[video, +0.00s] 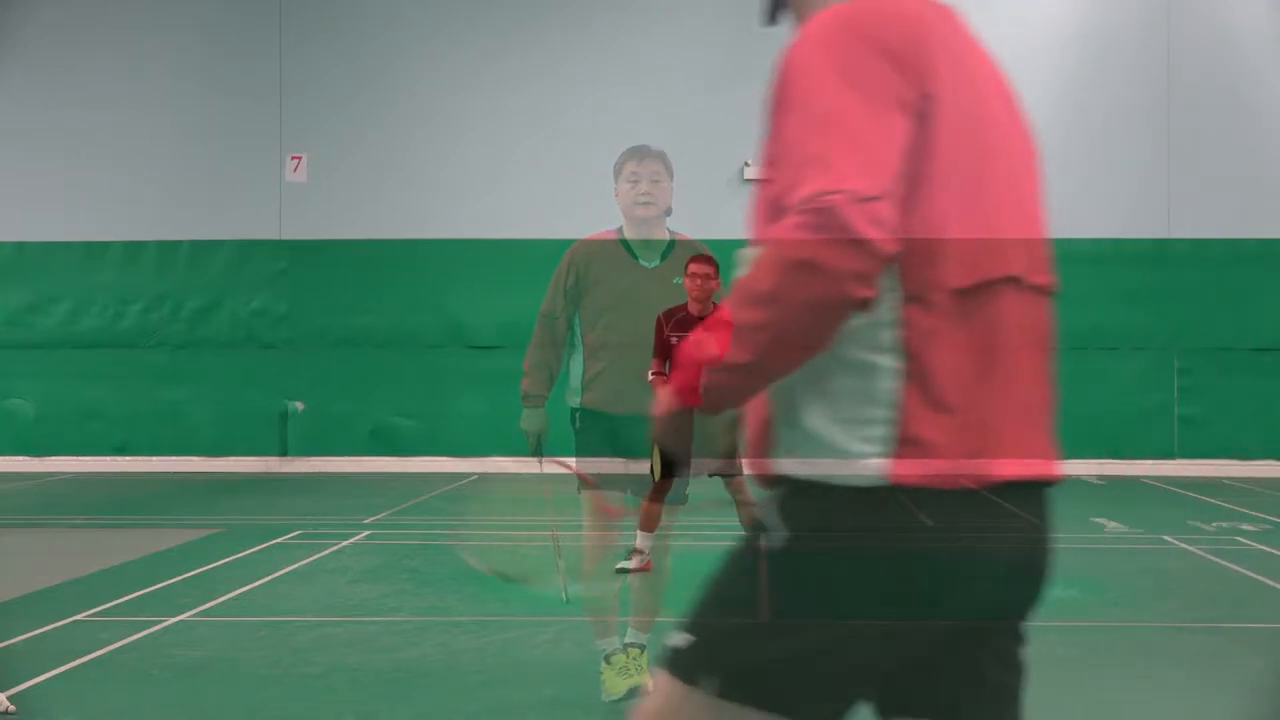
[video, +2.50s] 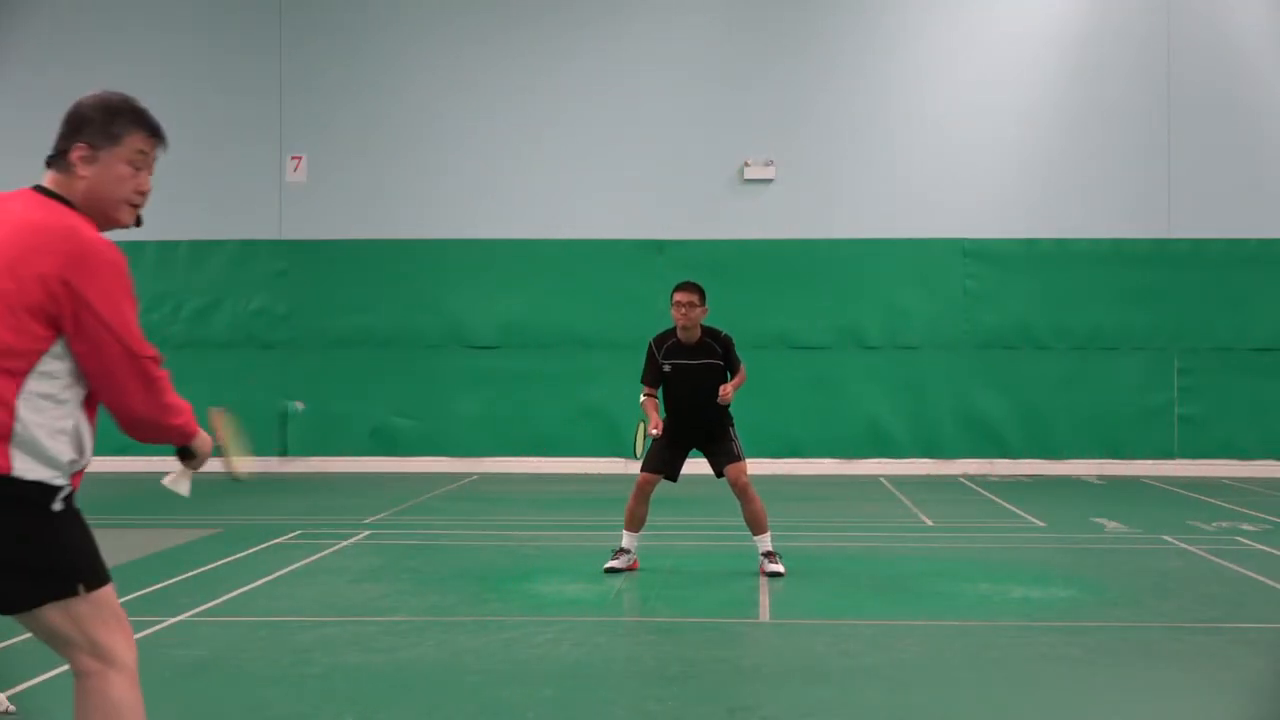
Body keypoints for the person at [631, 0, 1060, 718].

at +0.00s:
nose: (785, 17)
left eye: (787, 12)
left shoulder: (850, 30)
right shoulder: (959, 52)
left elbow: (833, 250)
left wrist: (692, 385)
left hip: (870, 517)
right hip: (986, 520)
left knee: (677, 706)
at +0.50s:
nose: (304, 18)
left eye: (303, 11)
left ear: (311, 6)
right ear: (422, 10)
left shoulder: (271, 86)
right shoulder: (512, 115)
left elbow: (164, 270)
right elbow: (592, 292)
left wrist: (109, 363)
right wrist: (577, 448)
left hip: (318, 490)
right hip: (472, 496)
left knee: (307, 709)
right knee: (405, 708)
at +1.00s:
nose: (214, 73)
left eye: (219, 54)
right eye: (217, 52)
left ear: (105, 33)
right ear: (184, 44)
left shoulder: (10, 111)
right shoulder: (223, 170)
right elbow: (282, 339)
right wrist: (284, 439)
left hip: (12, 469)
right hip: (147, 482)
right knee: (136, 708)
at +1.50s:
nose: (69, 108)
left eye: (69, 89)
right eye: (70, 88)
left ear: (19, 86)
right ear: (44, 86)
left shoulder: (22, 175)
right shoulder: (27, 173)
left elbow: (39, 313)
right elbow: (49, 316)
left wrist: (142, 375)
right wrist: (152, 378)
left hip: (8, 457)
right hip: (1, 456)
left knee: (13, 684)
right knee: (8, 689)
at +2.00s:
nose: (28, 159)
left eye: (37, 145)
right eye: (15, 137)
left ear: (40, 154)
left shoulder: (3, 234)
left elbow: (16, 375)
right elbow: (14, 382)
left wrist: (54, 384)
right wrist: (64, 384)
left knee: (23, 640)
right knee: (22, 640)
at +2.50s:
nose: (147, 186)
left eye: (151, 171)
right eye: (136, 166)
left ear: (78, 162)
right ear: (80, 159)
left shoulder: (14, 213)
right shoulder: (81, 248)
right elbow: (132, 387)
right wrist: (187, 435)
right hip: (19, 485)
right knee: (105, 654)